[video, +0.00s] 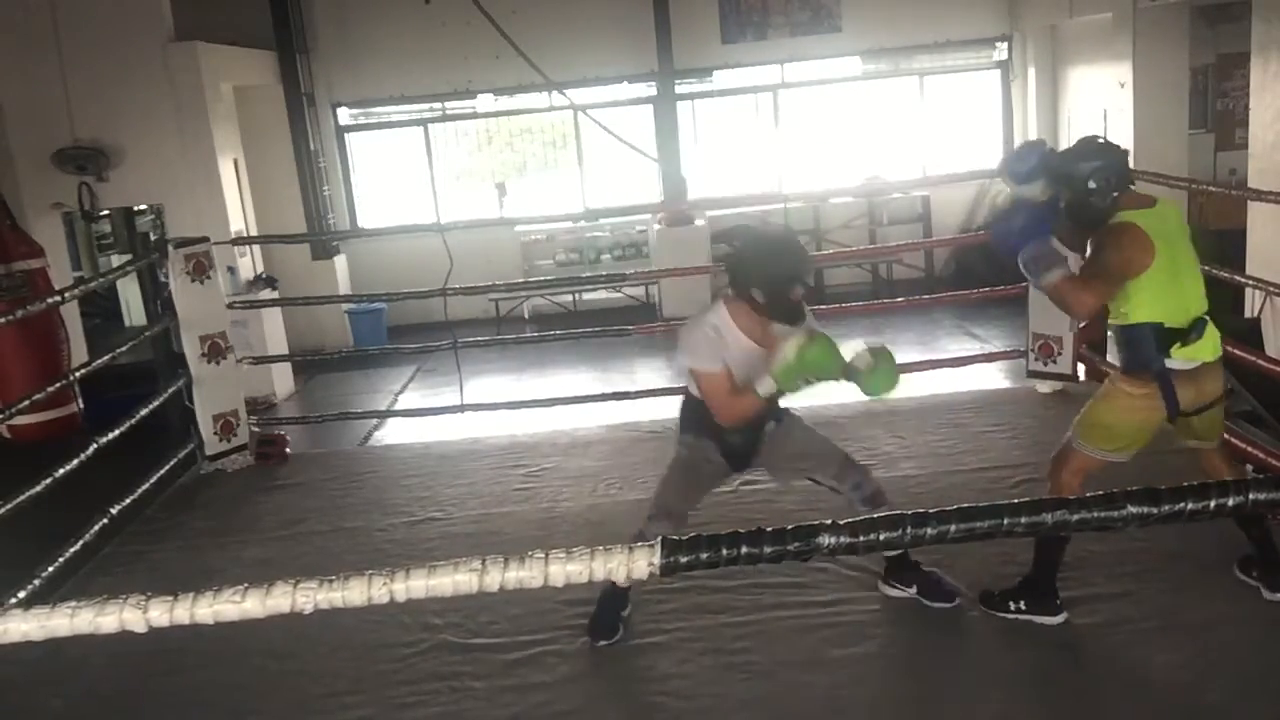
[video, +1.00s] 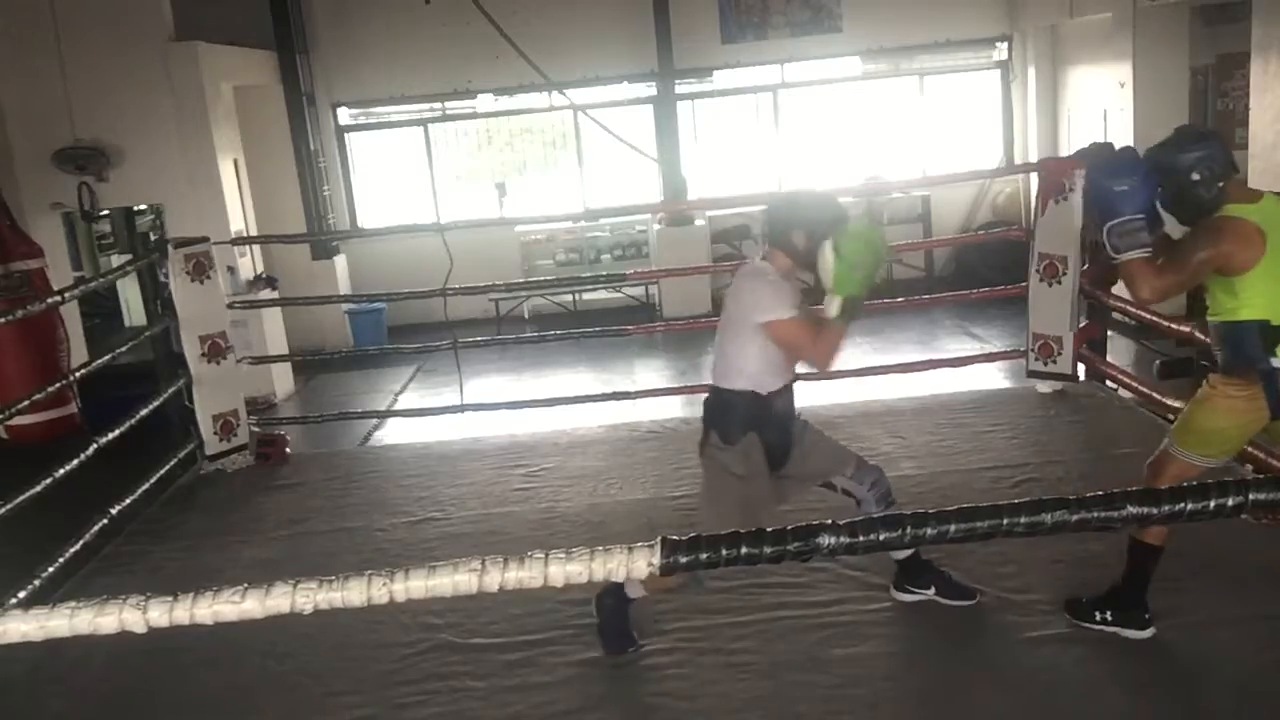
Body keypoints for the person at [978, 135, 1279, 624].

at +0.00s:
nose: (1067, 205)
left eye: (1069, 196)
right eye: (1065, 196)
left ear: (1088, 193)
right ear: (1119, 180)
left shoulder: (1121, 237)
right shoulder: (1166, 210)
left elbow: (1081, 303)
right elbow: (1083, 244)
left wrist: (1032, 247)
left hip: (1145, 385)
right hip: (1205, 373)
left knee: (1066, 471)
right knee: (1214, 458)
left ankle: (1040, 588)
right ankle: (1268, 560)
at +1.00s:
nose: (1169, 200)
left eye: (1171, 188)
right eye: (1166, 188)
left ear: (1195, 182)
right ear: (1223, 171)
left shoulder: (1226, 231)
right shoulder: (1267, 207)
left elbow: (1147, 288)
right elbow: (1180, 268)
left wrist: (1123, 213)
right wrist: (1145, 218)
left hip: (1245, 381)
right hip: (1268, 372)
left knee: (1163, 476)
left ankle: (1129, 601)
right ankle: (1130, 599)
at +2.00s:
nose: (1237, 180)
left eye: (1241, 167)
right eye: (1240, 164)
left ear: (1263, 171)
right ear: (1270, 169)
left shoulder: (1272, 233)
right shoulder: (1267, 227)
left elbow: (1226, 309)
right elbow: (1244, 297)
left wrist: (1168, 249)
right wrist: (1219, 224)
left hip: (1265, 415)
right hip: (1265, 410)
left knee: (1175, 504)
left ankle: (1138, 650)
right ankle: (1140, 648)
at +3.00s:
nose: (1207, 220)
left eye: (1214, 208)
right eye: (1212, 206)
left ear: (1233, 214)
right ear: (1269, 213)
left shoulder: (1202, 298)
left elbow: (1136, 401)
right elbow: (1139, 400)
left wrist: (1201, 406)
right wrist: (1198, 406)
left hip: (1249, 512)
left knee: (1196, 613)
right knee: (1196, 615)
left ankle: (1147, 711)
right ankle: (1149, 708)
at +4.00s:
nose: (1005, 261)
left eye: (1009, 246)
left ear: (1026, 249)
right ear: (1105, 227)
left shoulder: (1006, 344)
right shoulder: (1199, 295)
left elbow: (936, 412)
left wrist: (935, 309)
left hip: (1071, 601)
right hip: (1200, 602)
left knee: (1064, 709)